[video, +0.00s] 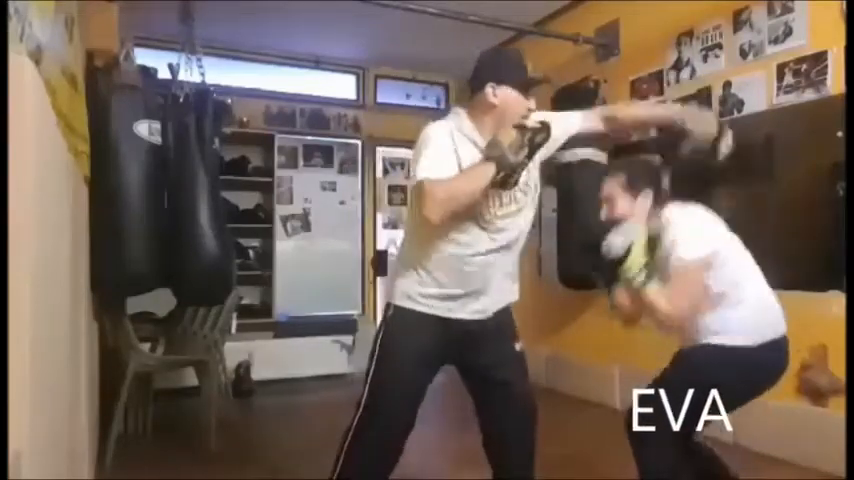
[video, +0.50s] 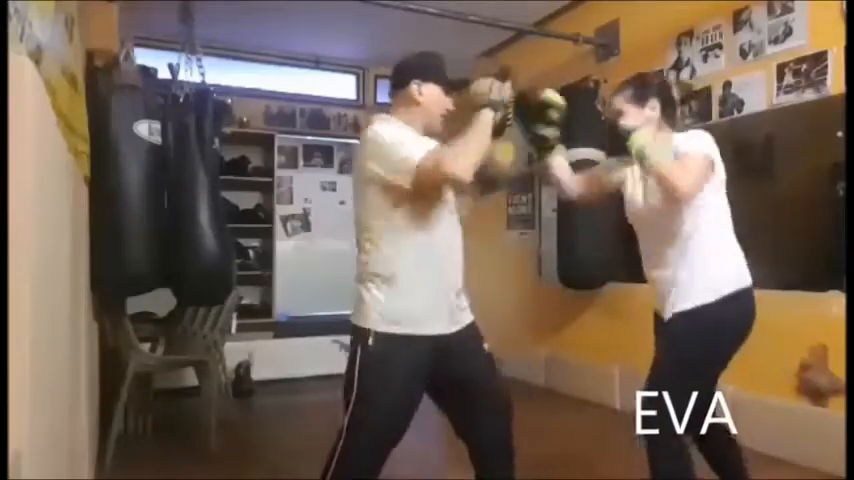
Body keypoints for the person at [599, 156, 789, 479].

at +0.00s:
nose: (605, 214)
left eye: (610, 201)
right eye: (603, 203)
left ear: (641, 195)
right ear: (639, 197)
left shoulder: (686, 223)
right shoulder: (655, 231)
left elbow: (677, 312)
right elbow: (631, 313)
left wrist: (640, 279)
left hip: (747, 349)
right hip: (718, 346)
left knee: (647, 421)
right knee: (659, 422)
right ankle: (716, 474)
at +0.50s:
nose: (617, 123)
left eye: (623, 112)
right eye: (614, 116)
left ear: (653, 107)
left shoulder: (695, 142)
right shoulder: (627, 168)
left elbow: (683, 188)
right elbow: (576, 187)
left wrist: (644, 147)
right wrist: (551, 145)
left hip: (719, 303)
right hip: (673, 309)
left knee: (658, 411)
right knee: (697, 410)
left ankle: (674, 474)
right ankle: (735, 472)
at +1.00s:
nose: (637, 118)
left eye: (645, 108)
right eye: (636, 110)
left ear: (676, 106)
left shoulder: (702, 155)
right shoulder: (658, 163)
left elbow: (645, 215)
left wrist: (637, 159)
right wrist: (575, 148)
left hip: (712, 314)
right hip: (688, 316)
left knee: (643, 415)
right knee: (698, 412)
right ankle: (735, 473)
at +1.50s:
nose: (627, 127)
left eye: (634, 117)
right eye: (625, 119)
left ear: (666, 113)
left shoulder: (703, 155)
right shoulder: (634, 173)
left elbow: (673, 229)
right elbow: (606, 239)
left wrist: (646, 165)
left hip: (711, 309)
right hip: (674, 315)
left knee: (641, 413)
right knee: (687, 418)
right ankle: (731, 474)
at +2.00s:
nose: (629, 118)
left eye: (634, 109)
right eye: (628, 111)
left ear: (657, 107)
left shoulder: (694, 150)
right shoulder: (649, 167)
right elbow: (634, 230)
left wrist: (640, 120)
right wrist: (597, 198)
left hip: (692, 295)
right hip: (665, 299)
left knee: (648, 413)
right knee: (682, 410)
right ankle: (727, 472)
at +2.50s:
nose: (623, 131)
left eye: (630, 120)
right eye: (623, 121)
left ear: (659, 118)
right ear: (659, 119)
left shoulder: (666, 171)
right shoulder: (692, 157)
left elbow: (637, 250)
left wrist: (601, 212)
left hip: (690, 300)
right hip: (718, 294)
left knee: (650, 404)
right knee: (686, 411)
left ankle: (662, 474)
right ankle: (728, 474)